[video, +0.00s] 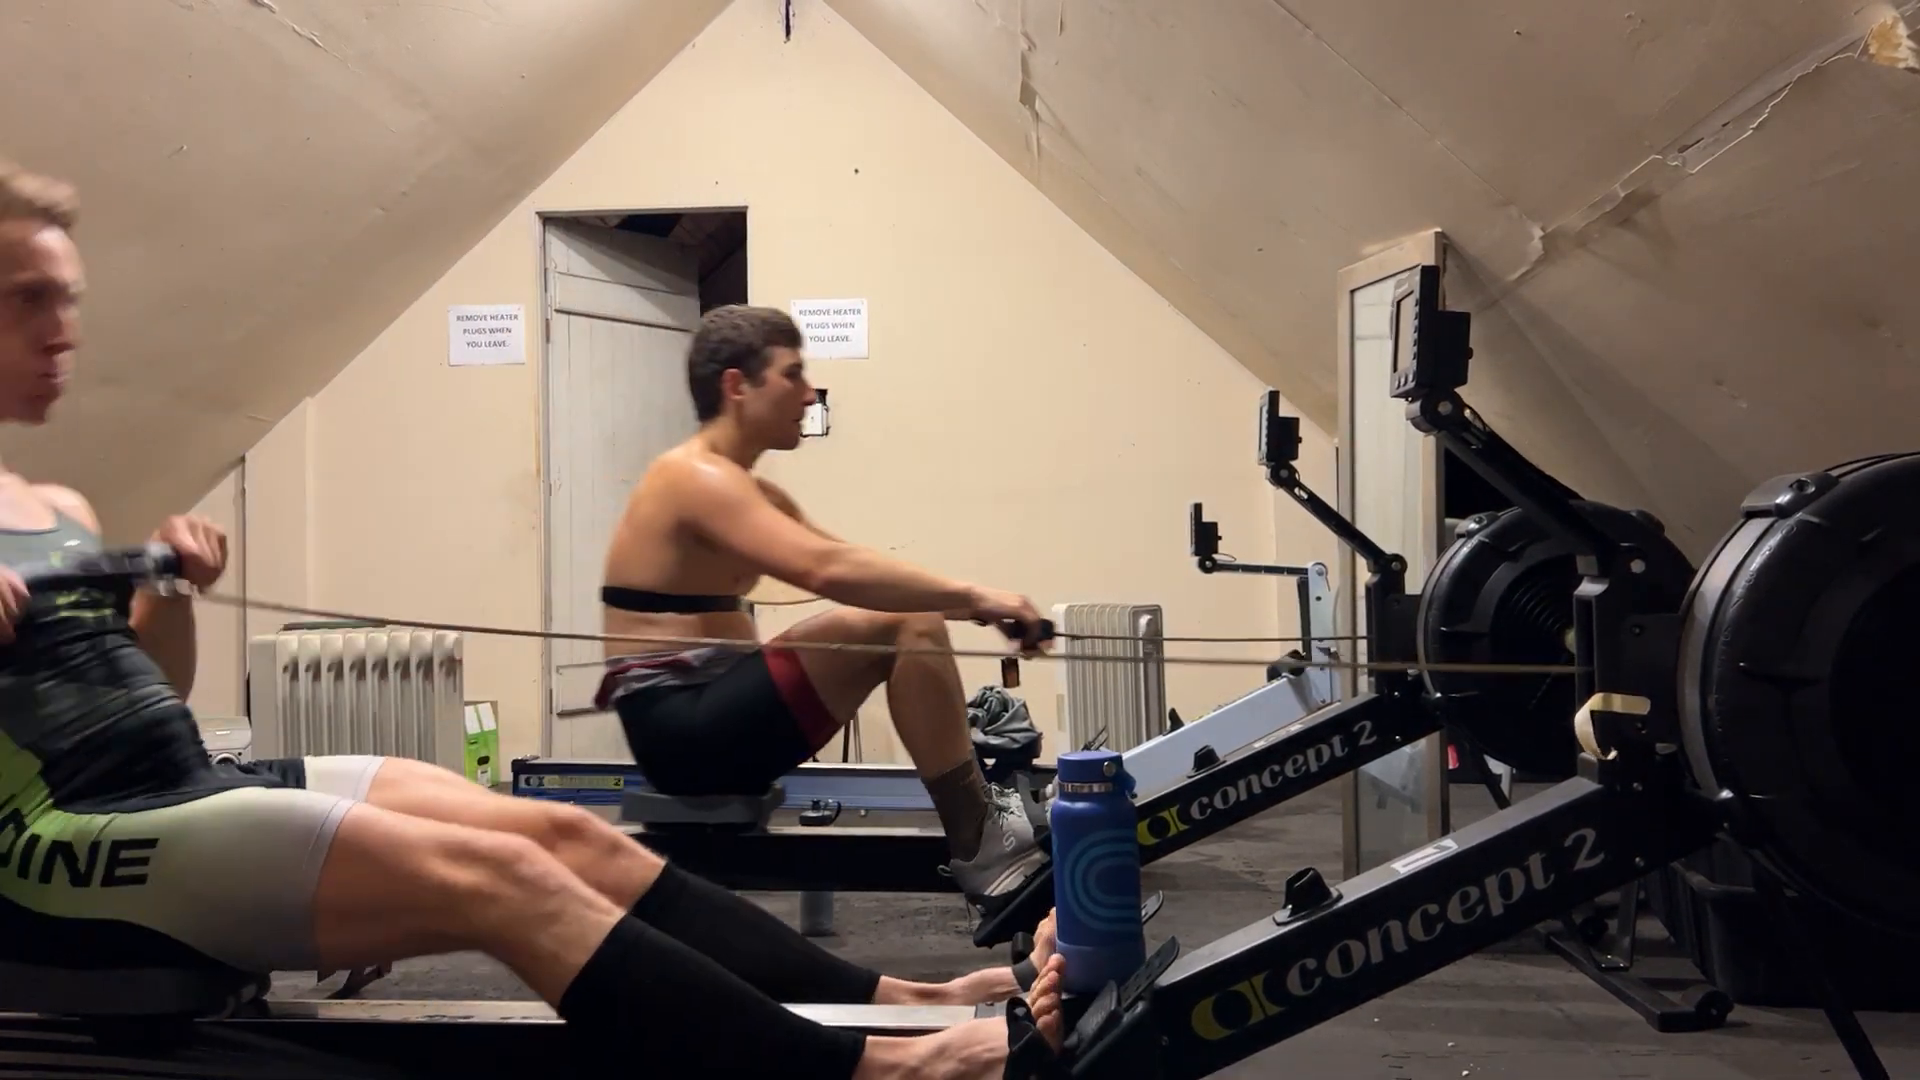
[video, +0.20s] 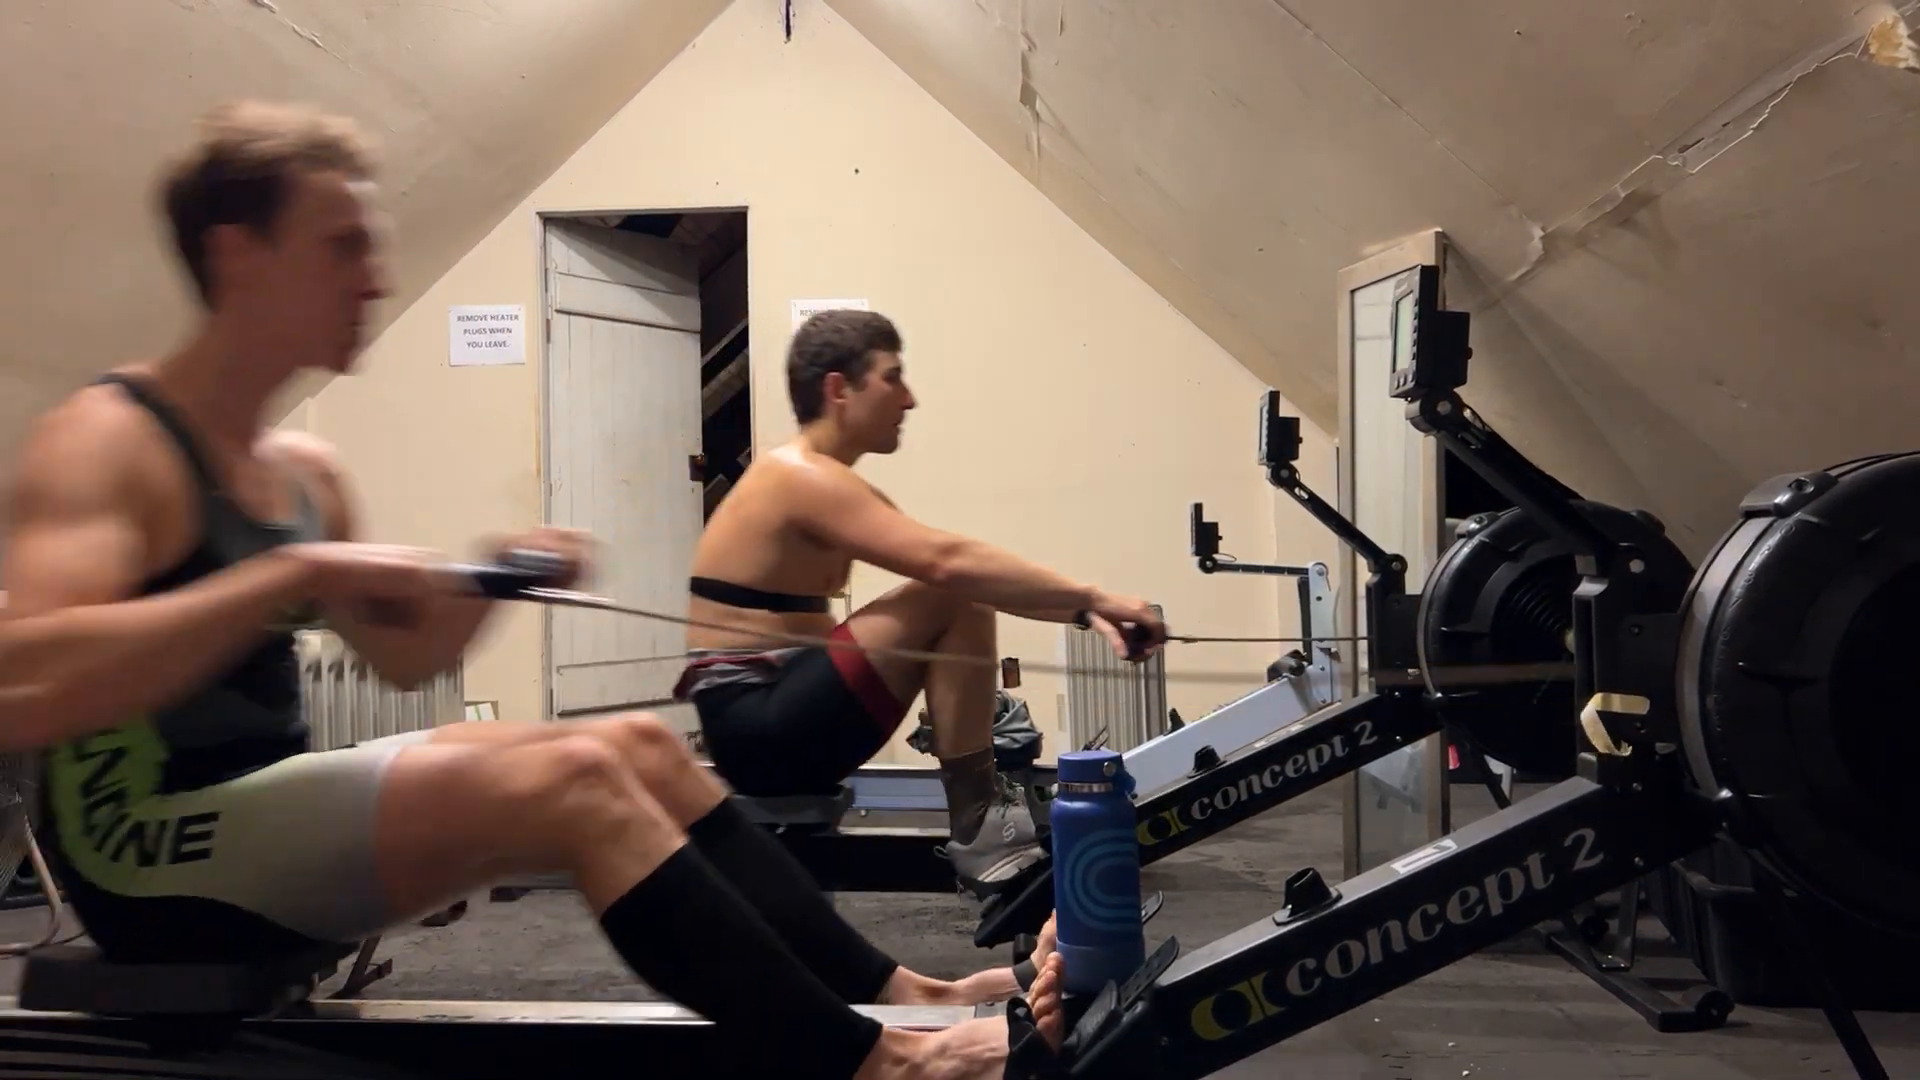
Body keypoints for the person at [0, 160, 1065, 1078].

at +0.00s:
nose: (60, 333)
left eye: (65, 303)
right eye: (35, 302)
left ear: (68, 312)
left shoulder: (58, 505)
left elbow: (156, 693)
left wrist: (169, 590)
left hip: (185, 784)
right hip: (61, 829)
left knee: (569, 835)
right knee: (493, 874)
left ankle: (913, 1006)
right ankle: (871, 1060)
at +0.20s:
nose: (379, 273)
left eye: (375, 242)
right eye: (346, 240)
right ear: (233, 249)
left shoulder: (300, 466)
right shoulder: (102, 440)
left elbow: (401, 660)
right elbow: (24, 682)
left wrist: (482, 583)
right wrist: (301, 573)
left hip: (277, 795)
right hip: (148, 827)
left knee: (646, 748)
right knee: (581, 782)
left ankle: (894, 999)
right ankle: (849, 1056)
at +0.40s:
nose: (672, 304)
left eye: (659, 273)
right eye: (637, 274)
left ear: (551, 303)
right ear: (538, 298)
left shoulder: (577, 498)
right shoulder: (418, 453)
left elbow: (763, 595)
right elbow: (663, 631)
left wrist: (951, 628)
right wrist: (941, 641)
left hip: (383, 812)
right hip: (283, 834)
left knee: (752, 696)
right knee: (684, 722)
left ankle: (925, 993)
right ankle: (907, 1062)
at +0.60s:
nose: (563, 264)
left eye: (550, 236)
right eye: (528, 239)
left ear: (459, 268)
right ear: (426, 267)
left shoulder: (504, 453)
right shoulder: (348, 425)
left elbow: (665, 608)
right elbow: (531, 641)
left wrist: (868, 615)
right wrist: (824, 634)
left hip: (357, 800)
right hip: (248, 823)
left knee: (724, 702)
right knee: (657, 744)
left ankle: (918, 991)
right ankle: (896, 1055)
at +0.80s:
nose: (203, 267)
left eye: (202, 237)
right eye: (169, 237)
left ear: (196, 240)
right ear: (55, 251)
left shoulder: (211, 432)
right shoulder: (21, 430)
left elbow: (360, 602)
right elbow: (154, 650)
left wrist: (520, 602)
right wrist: (446, 614)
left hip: (252, 765)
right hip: (127, 807)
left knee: (626, 792)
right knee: (564, 838)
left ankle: (926, 1005)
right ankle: (904, 1061)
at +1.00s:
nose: (14, 323)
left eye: (12, 296)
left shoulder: (30, 531)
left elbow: (153, 690)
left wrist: (244, 629)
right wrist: (71, 641)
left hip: (161, 780)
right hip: (64, 821)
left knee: (563, 858)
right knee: (505, 901)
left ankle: (945, 1010)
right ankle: (898, 1070)